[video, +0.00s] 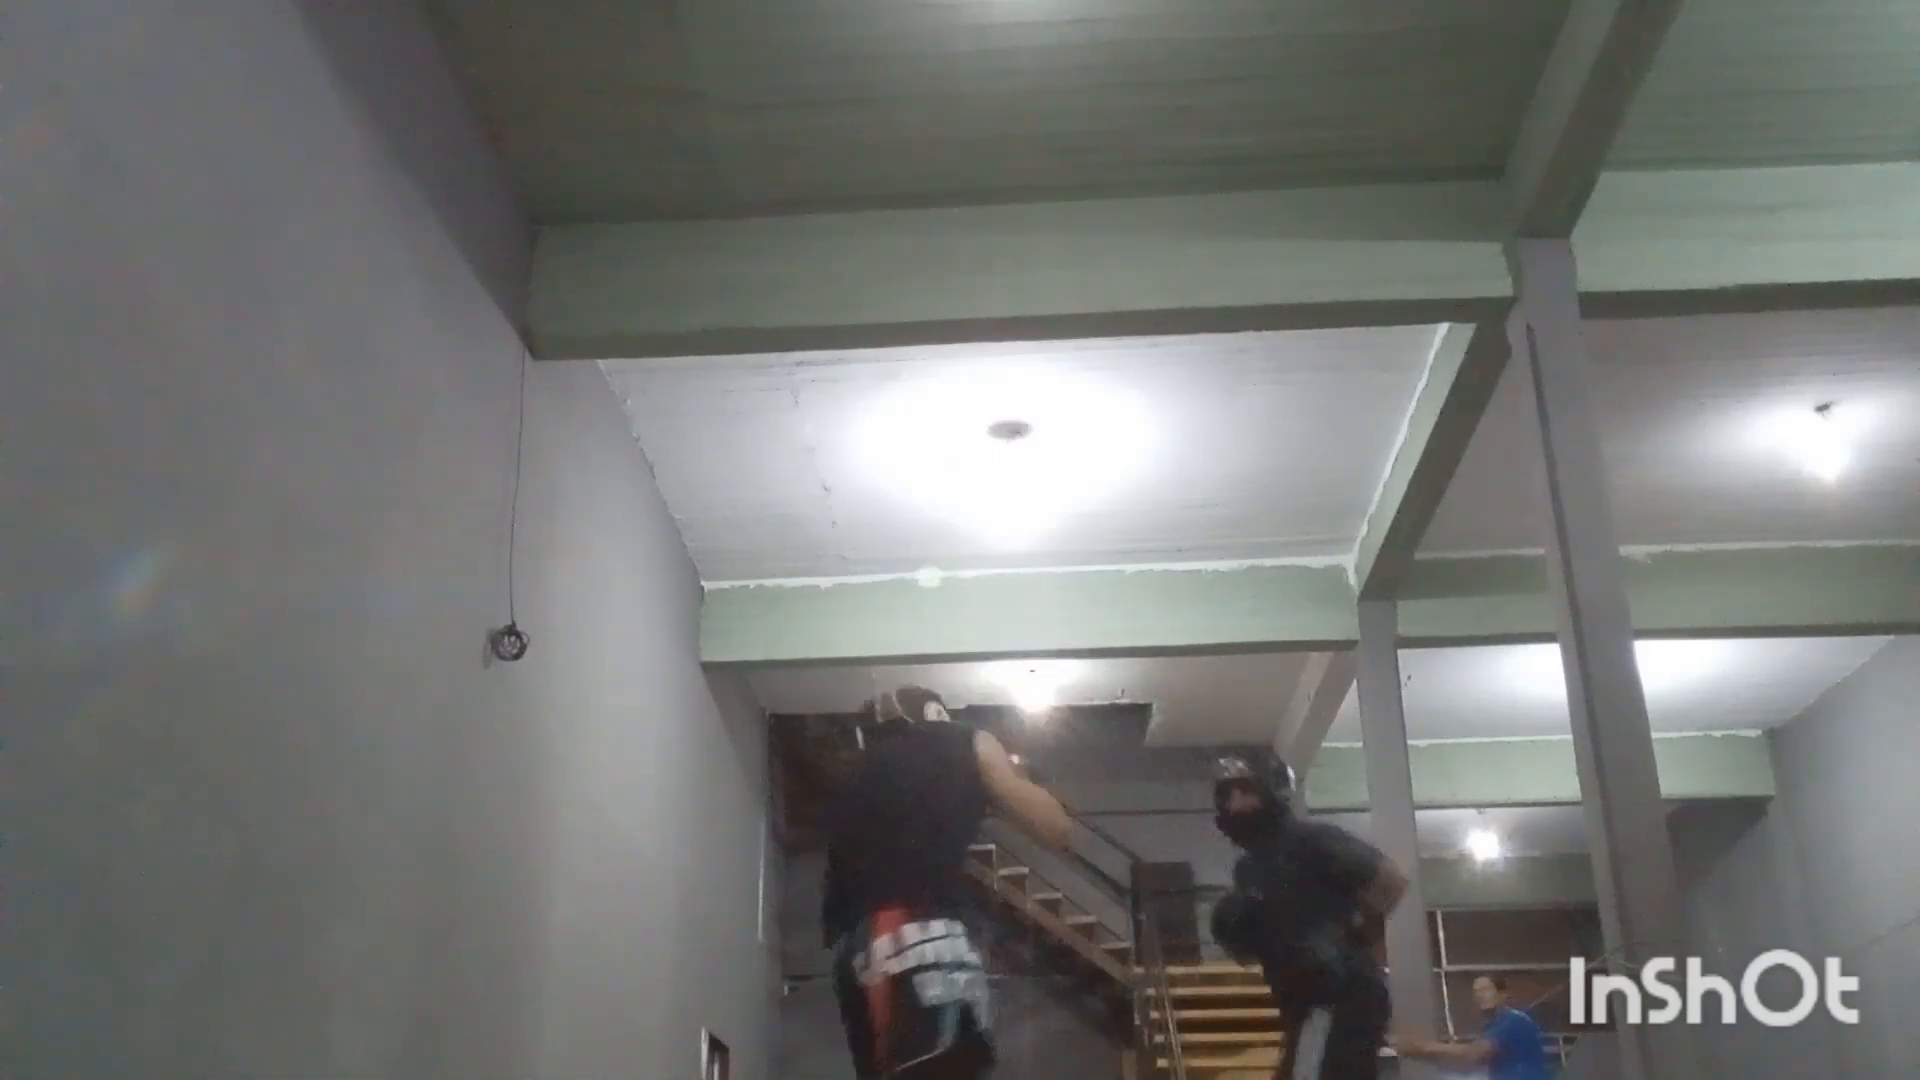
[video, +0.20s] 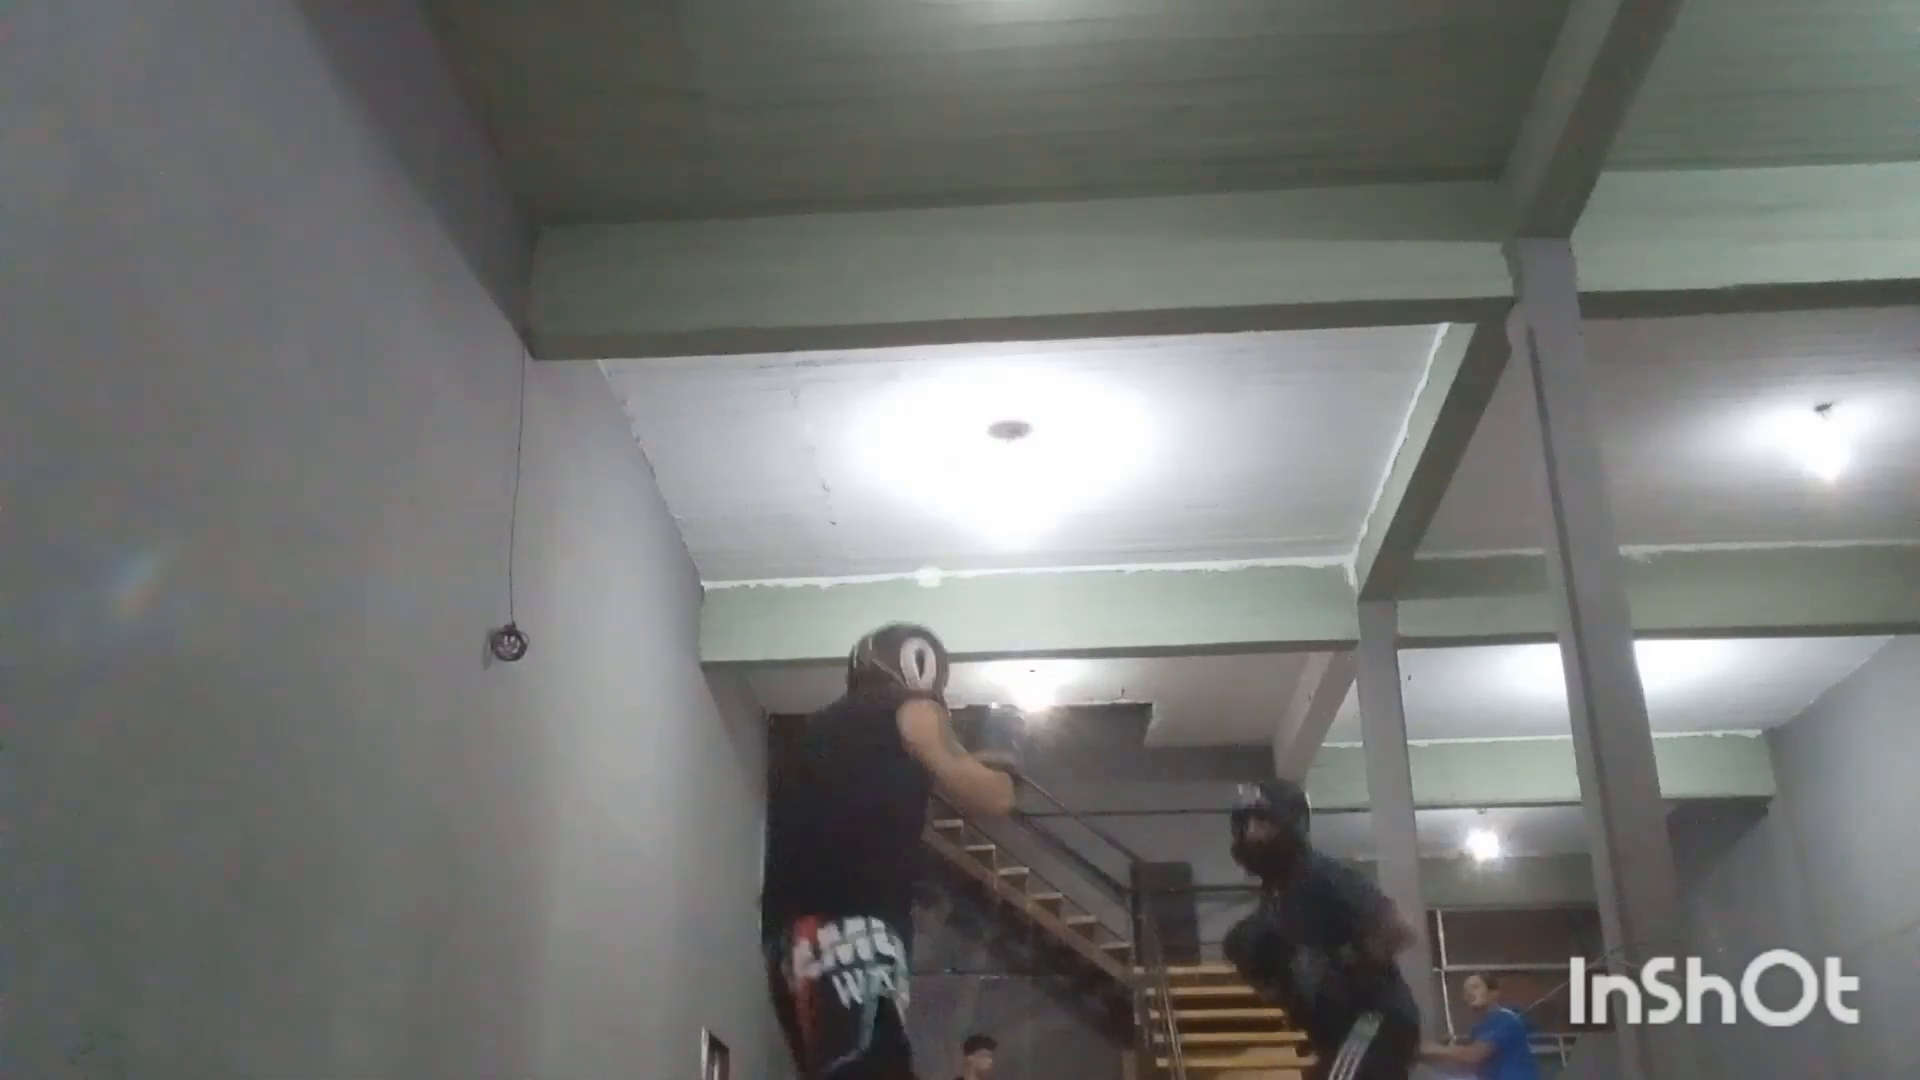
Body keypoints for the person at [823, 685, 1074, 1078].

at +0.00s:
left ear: (882, 724)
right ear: (938, 717)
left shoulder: (857, 766)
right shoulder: (969, 744)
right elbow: (1056, 828)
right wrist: (1013, 774)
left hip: (854, 951)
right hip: (935, 938)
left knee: (873, 1069)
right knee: (957, 1066)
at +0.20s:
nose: (942, 690)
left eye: (940, 677)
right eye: (937, 675)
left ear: (862, 670)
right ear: (916, 664)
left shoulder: (826, 721)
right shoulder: (910, 711)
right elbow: (994, 796)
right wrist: (1002, 749)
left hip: (785, 928)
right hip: (853, 932)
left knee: (824, 1065)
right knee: (872, 1065)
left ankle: (973, 1066)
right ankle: (975, 1067)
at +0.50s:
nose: (933, 711)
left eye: (940, 701)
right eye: (936, 695)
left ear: (874, 656)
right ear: (918, 666)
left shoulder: (827, 703)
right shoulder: (869, 704)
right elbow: (943, 792)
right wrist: (970, 762)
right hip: (793, 927)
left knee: (809, 1067)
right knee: (853, 1067)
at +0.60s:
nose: (940, 711)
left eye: (945, 702)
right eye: (942, 697)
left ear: (870, 664)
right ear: (923, 675)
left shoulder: (816, 718)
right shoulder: (865, 715)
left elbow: (876, 825)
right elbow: (940, 810)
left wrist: (935, 763)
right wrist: (968, 758)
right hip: (786, 941)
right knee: (860, 1068)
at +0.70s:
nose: (937, 714)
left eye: (941, 704)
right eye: (939, 701)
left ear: (869, 675)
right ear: (919, 682)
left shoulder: (821, 727)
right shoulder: (864, 730)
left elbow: (876, 841)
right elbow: (930, 827)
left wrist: (932, 769)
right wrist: (965, 788)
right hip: (773, 947)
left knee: (866, 1066)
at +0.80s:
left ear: (878, 711)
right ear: (916, 718)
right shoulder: (848, 767)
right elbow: (922, 870)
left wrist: (964, 802)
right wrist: (966, 815)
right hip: (743, 968)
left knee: (873, 1068)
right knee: (766, 1069)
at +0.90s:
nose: (932, 780)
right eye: (932, 766)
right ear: (906, 749)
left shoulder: (835, 801)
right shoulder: (836, 805)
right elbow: (915, 902)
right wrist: (961, 839)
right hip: (726, 1001)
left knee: (870, 1069)